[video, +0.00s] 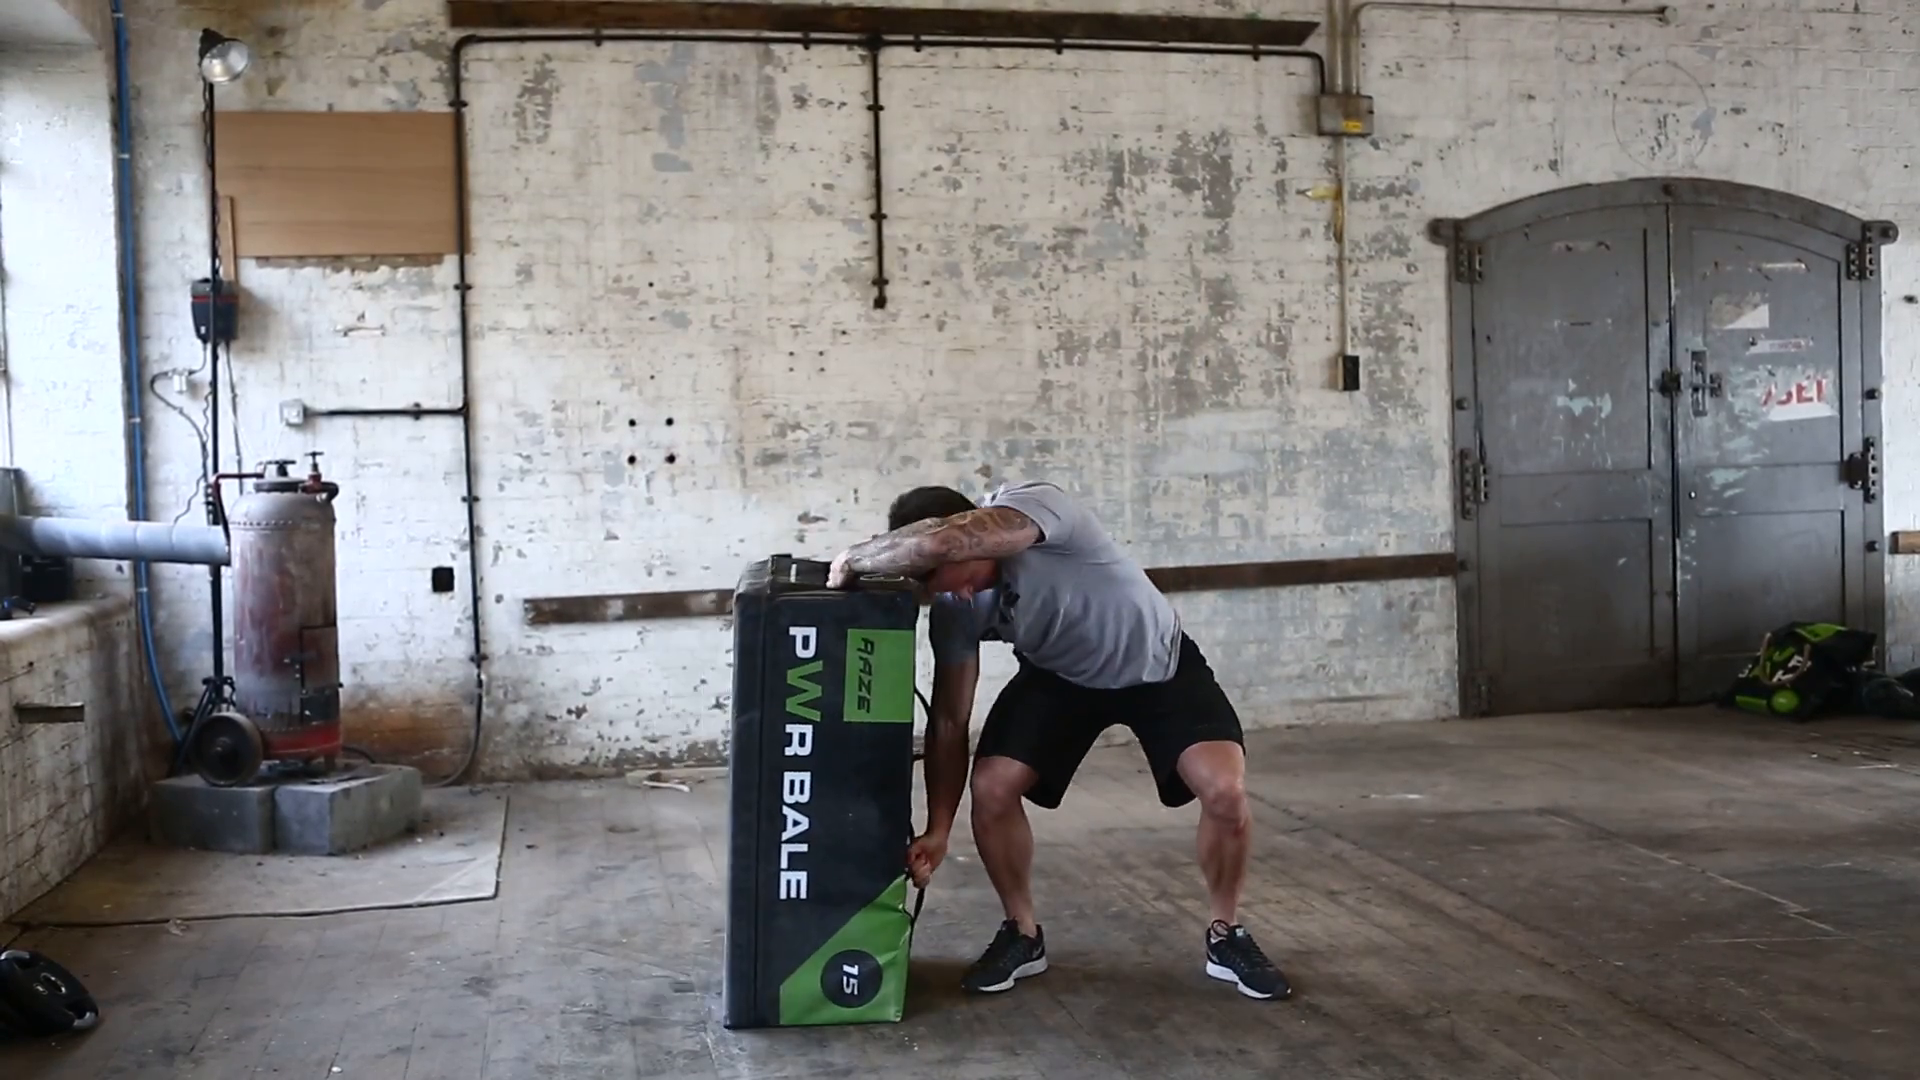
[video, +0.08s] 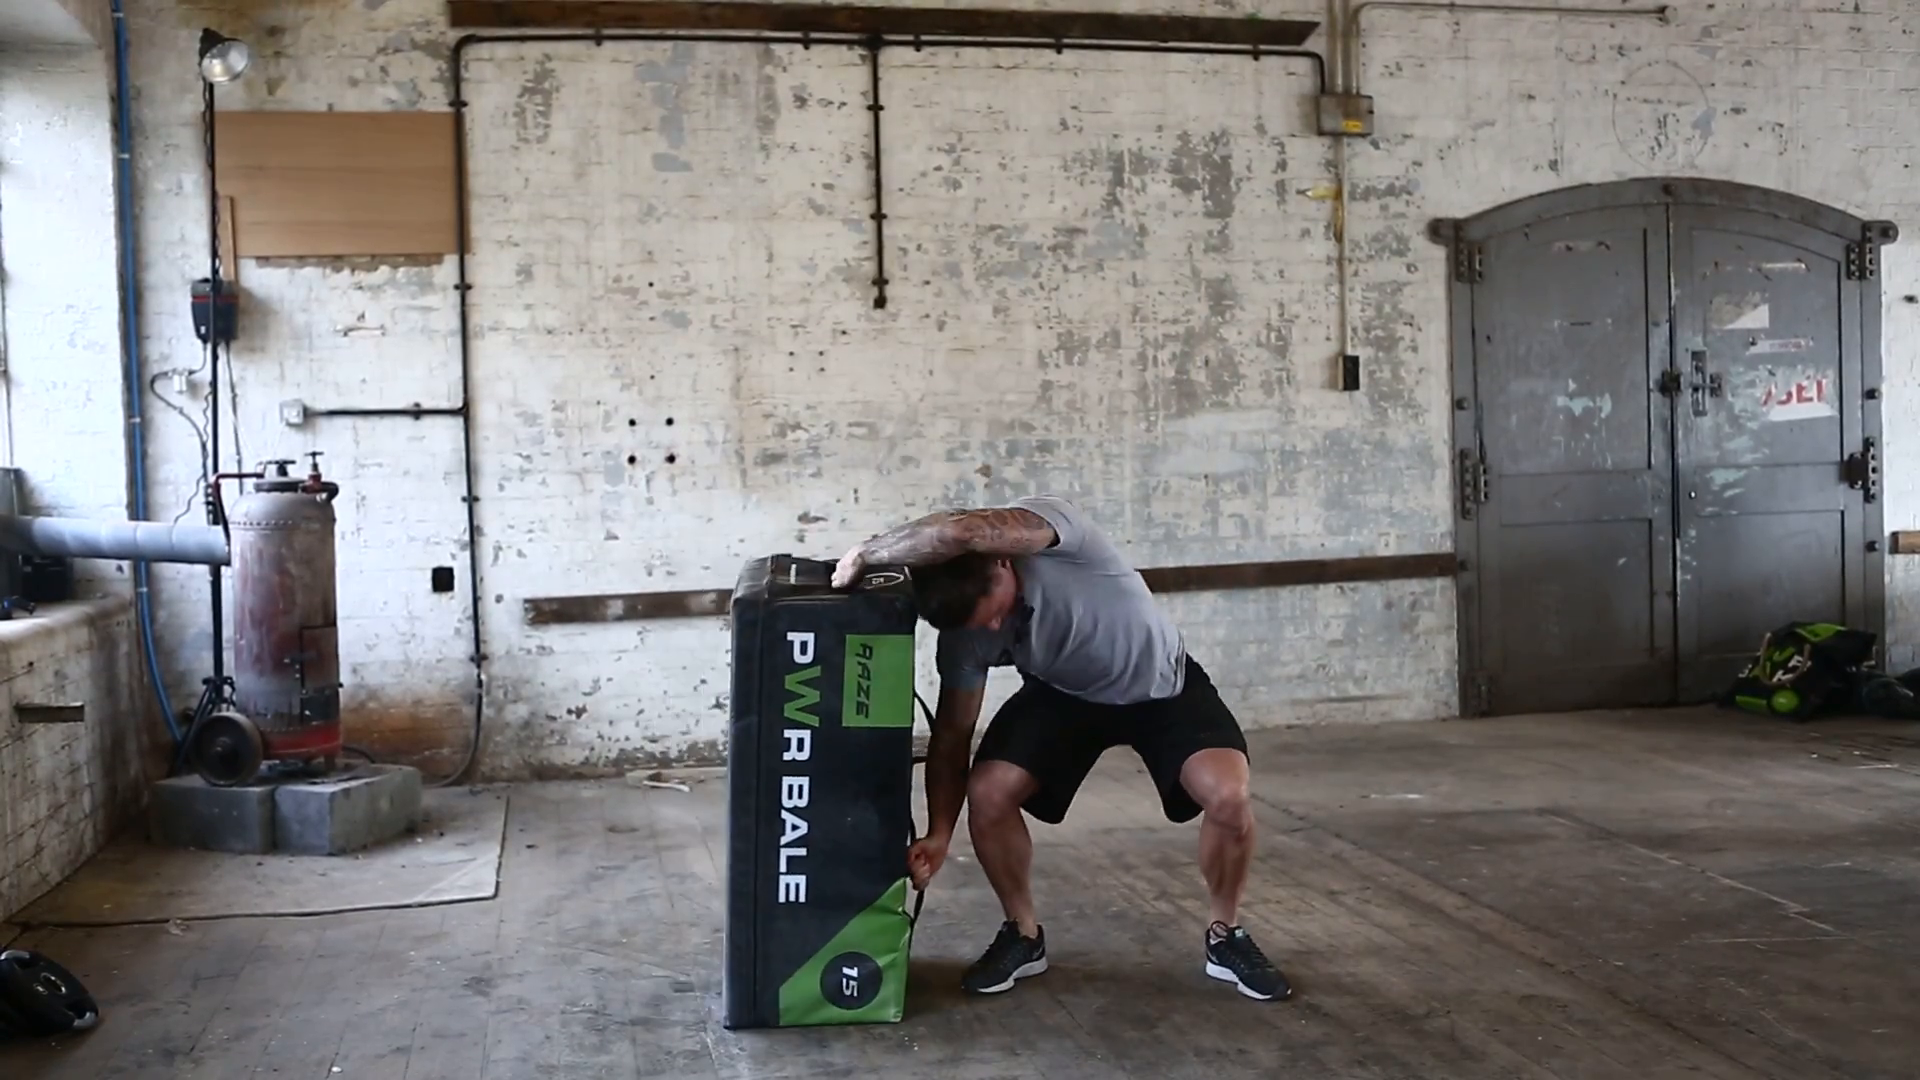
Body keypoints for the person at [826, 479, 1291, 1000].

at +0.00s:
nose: (940, 593)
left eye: (938, 573)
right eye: (929, 583)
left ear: (958, 535)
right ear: (929, 573)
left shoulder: (1043, 508)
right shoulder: (956, 602)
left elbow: (941, 542)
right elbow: (949, 719)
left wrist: (855, 561)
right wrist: (937, 833)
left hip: (1158, 662)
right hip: (1058, 676)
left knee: (1226, 792)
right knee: (991, 790)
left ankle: (1225, 934)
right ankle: (1022, 933)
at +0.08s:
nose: (992, 626)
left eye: (992, 610)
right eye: (977, 626)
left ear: (1001, 566)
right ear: (950, 619)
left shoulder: (1057, 529)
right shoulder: (966, 637)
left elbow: (949, 532)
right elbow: (952, 733)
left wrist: (865, 554)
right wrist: (938, 836)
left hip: (1162, 680)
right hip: (1063, 693)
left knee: (1230, 799)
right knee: (987, 798)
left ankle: (1225, 935)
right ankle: (1023, 935)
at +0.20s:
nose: (1025, 681)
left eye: (1027, 667)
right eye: (1010, 682)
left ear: (1031, 619)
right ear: (976, 673)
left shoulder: (1077, 577)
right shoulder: (978, 681)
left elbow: (1000, 546)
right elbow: (959, 761)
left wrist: (903, 574)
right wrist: (949, 843)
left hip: (1167, 710)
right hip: (1068, 724)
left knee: (1236, 800)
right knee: (985, 802)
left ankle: (1225, 934)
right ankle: (1025, 935)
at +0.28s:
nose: (1030, 717)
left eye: (1033, 703)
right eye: (1013, 719)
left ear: (1041, 659)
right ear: (972, 698)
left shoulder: (1083, 601)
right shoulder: (972, 697)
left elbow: (1026, 592)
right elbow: (964, 775)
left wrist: (939, 593)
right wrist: (954, 848)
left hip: (1164, 727)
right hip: (1068, 743)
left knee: (1239, 797)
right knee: (988, 806)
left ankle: (1224, 935)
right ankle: (1026, 935)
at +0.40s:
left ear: (1056, 686)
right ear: (982, 715)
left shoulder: (1074, 602)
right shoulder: (975, 696)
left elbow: (1071, 626)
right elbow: (959, 773)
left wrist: (961, 609)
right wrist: (955, 855)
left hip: (1159, 745)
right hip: (1062, 760)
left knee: (1241, 796)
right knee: (985, 814)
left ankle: (1226, 935)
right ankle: (1026, 935)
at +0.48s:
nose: (1033, 755)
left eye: (1041, 742)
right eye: (1025, 750)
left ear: (1061, 688)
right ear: (986, 715)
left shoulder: (1080, 606)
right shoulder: (980, 697)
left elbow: (1084, 624)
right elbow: (967, 778)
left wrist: (969, 608)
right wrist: (960, 857)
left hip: (1159, 752)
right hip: (1065, 768)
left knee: (1244, 792)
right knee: (991, 819)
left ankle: (1226, 936)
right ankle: (1029, 936)